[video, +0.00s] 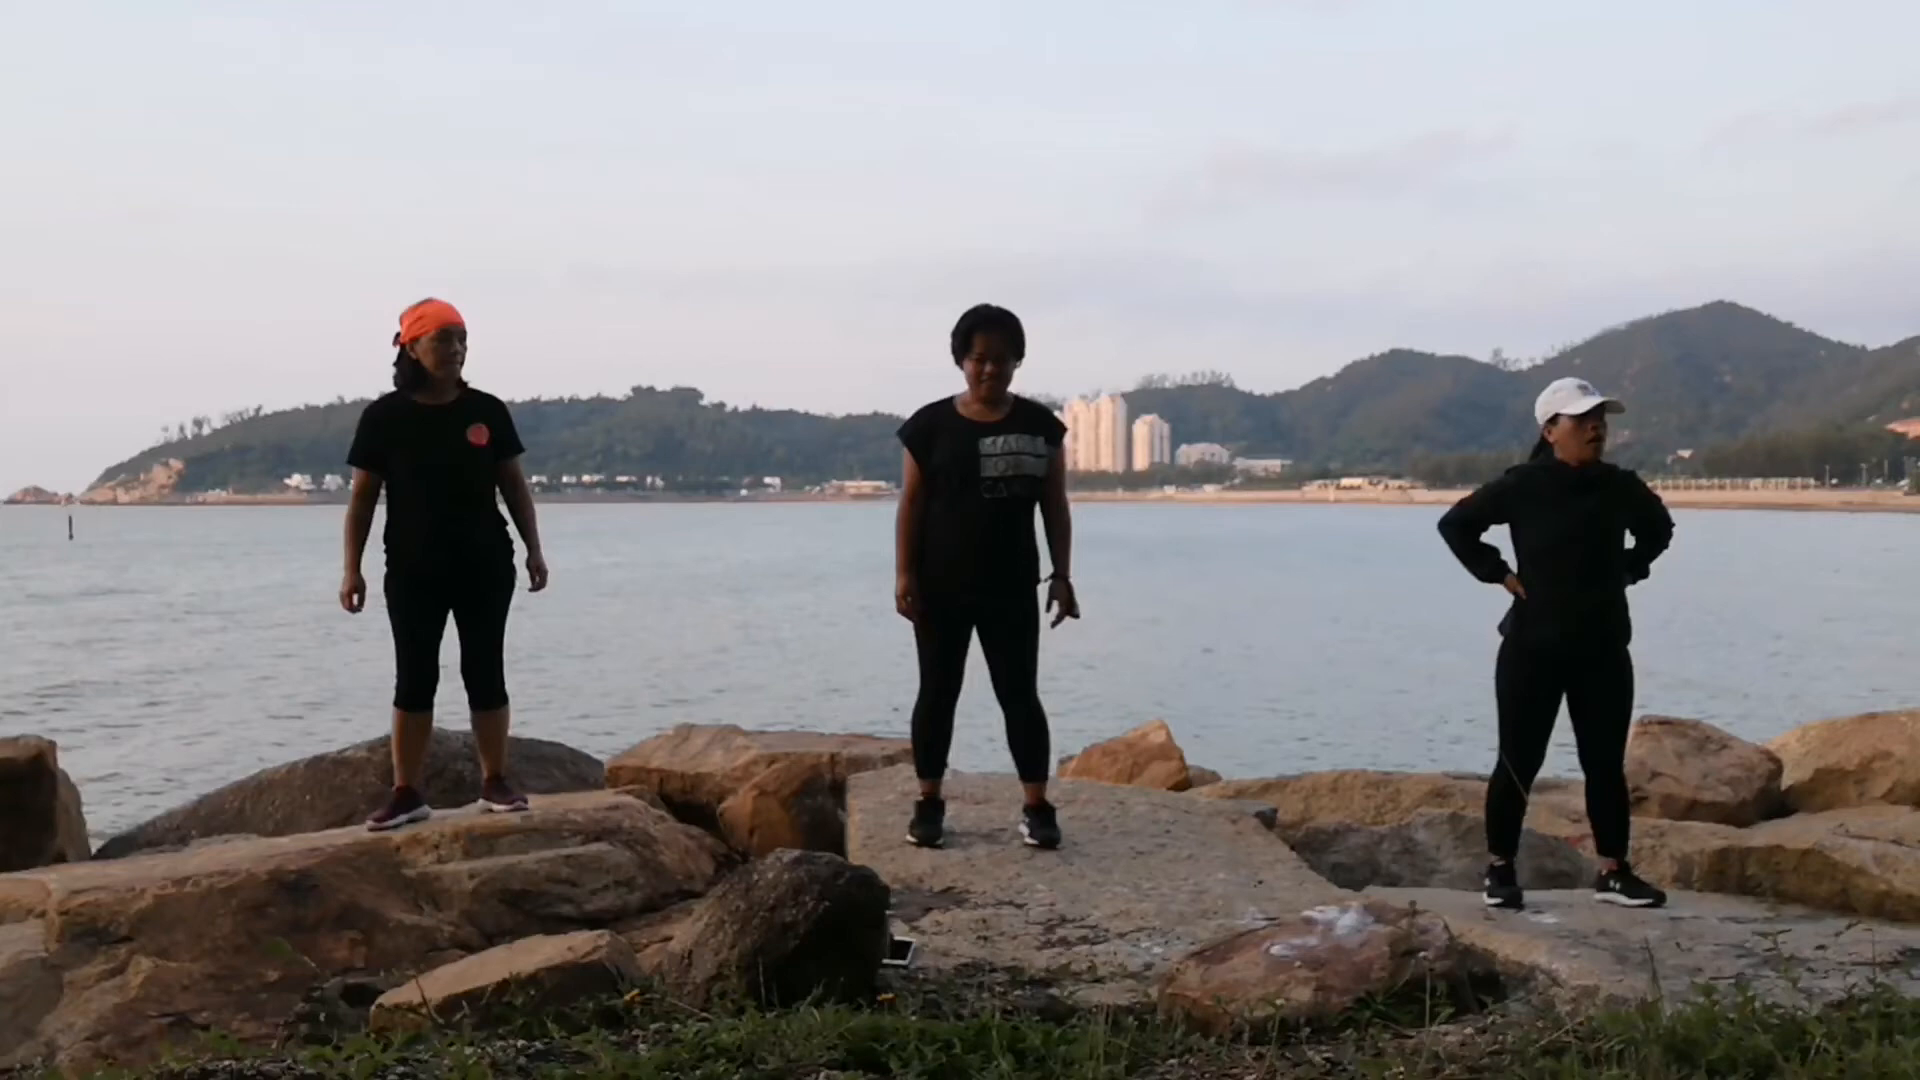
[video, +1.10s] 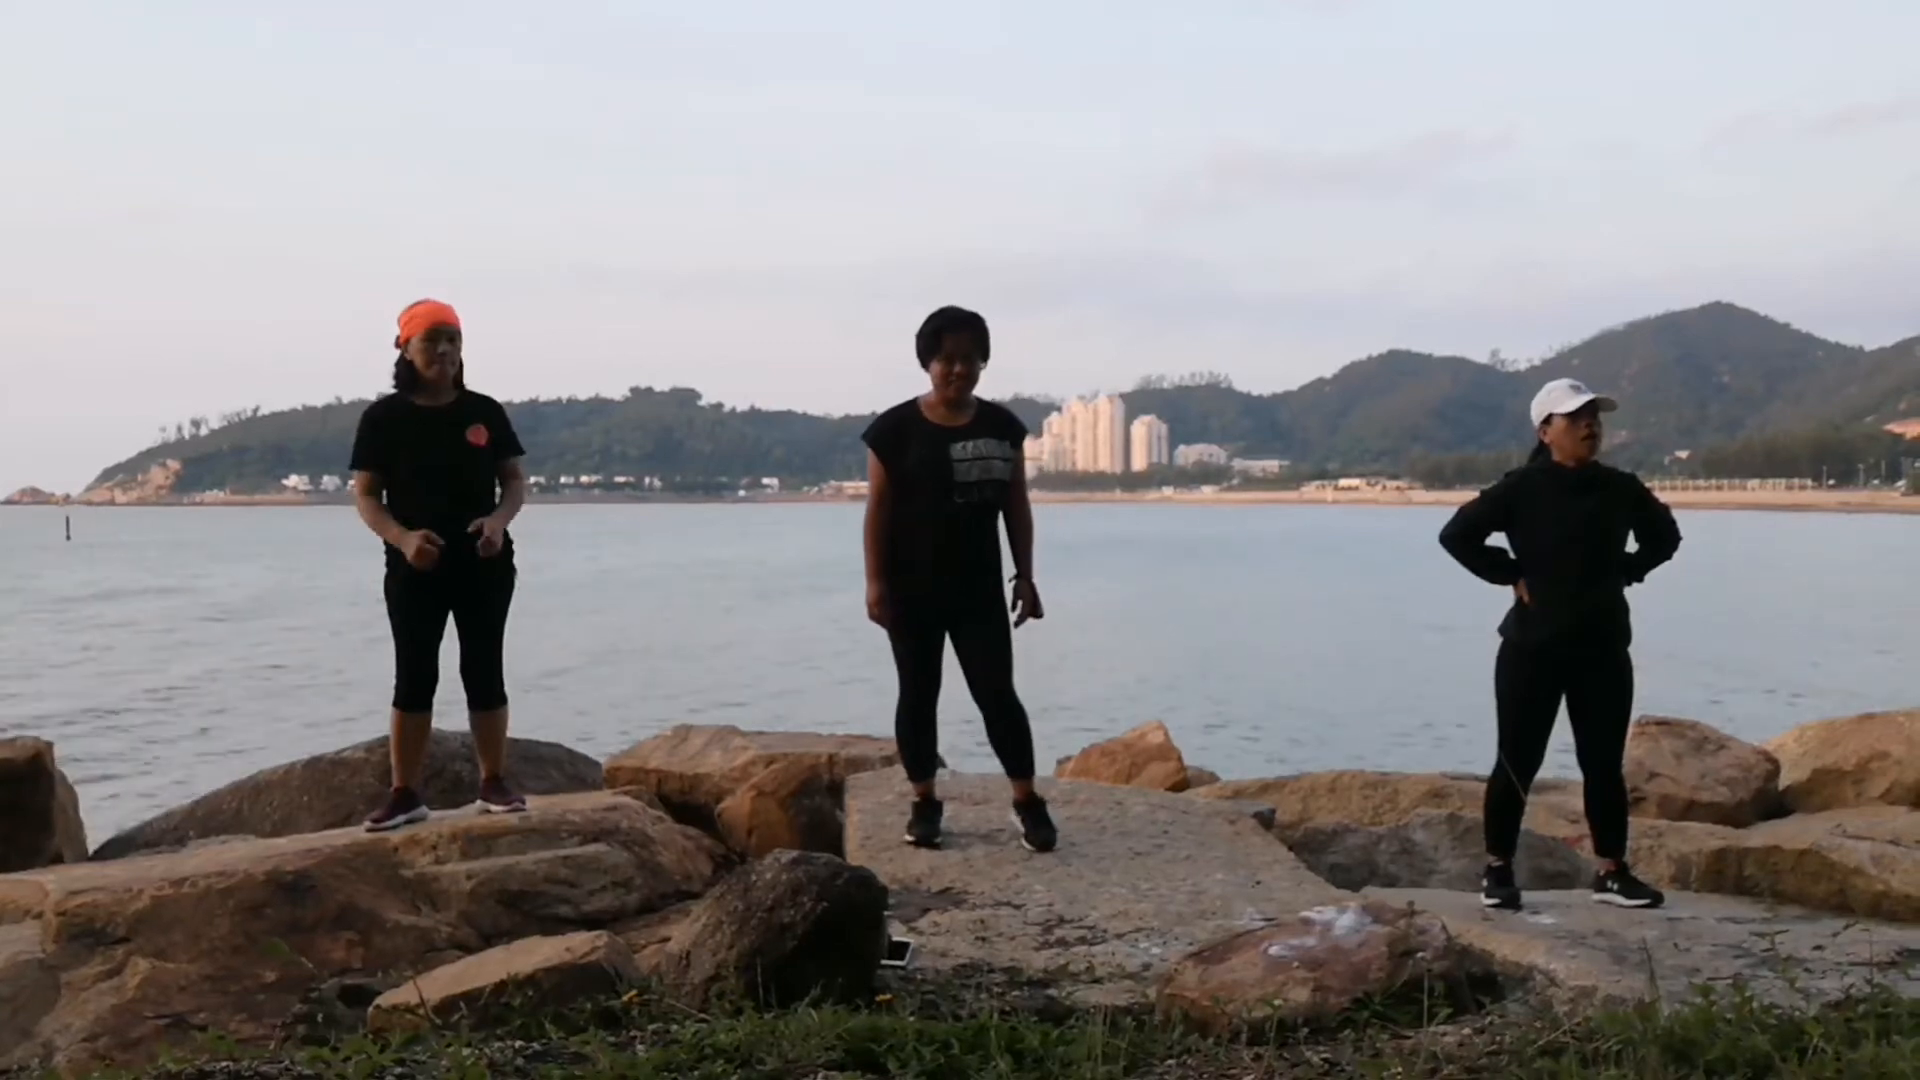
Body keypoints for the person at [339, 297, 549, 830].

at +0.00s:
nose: (454, 347)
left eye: (459, 338)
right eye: (442, 338)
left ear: (466, 345)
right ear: (412, 348)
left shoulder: (488, 411)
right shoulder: (383, 416)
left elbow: (514, 485)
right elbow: (363, 497)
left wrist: (533, 549)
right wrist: (351, 569)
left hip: (484, 567)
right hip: (413, 571)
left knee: (486, 675)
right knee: (414, 682)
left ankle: (495, 782)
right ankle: (405, 791)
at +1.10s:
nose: (443, 349)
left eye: (451, 339)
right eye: (430, 340)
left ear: (461, 346)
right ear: (406, 349)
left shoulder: (486, 412)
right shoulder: (381, 419)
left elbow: (515, 482)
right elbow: (364, 497)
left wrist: (500, 519)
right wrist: (401, 537)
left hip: (482, 562)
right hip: (414, 566)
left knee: (485, 675)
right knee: (413, 681)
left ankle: (493, 783)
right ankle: (405, 792)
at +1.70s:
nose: (442, 349)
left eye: (451, 339)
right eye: (430, 340)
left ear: (464, 347)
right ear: (409, 349)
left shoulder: (488, 414)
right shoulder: (384, 418)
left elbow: (516, 489)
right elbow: (369, 503)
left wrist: (535, 554)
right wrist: (358, 575)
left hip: (481, 569)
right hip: (411, 572)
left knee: (483, 678)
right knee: (406, 686)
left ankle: (493, 783)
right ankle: (402, 794)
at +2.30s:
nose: (447, 349)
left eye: (455, 339)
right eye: (435, 339)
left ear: (467, 347)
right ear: (413, 348)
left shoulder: (490, 414)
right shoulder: (384, 416)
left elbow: (509, 484)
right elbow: (373, 493)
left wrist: (482, 529)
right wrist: (410, 539)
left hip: (480, 562)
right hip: (409, 564)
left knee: (481, 674)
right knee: (408, 680)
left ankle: (491, 783)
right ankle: (401, 793)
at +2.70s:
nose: (445, 348)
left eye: (454, 339)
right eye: (433, 340)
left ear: (466, 348)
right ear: (412, 350)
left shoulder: (489, 416)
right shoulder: (384, 417)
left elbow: (510, 493)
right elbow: (365, 499)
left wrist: (521, 560)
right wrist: (354, 571)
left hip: (477, 569)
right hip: (407, 571)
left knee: (480, 677)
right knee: (404, 684)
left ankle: (490, 783)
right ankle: (399, 794)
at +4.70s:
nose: (431, 354)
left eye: (440, 343)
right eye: (419, 344)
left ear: (451, 350)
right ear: (397, 351)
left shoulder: (475, 416)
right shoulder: (368, 419)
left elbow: (499, 493)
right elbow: (355, 501)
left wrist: (492, 550)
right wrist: (368, 569)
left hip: (464, 570)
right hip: (397, 574)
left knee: (471, 679)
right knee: (399, 686)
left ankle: (483, 787)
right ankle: (393, 796)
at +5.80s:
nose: (442, 351)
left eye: (447, 341)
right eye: (429, 342)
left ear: (453, 348)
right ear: (398, 350)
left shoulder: (473, 416)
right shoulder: (370, 421)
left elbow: (502, 489)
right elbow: (339, 500)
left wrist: (522, 551)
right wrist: (318, 571)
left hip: (468, 572)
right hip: (398, 575)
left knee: (470, 680)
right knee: (398, 687)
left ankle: (479, 788)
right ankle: (390, 798)